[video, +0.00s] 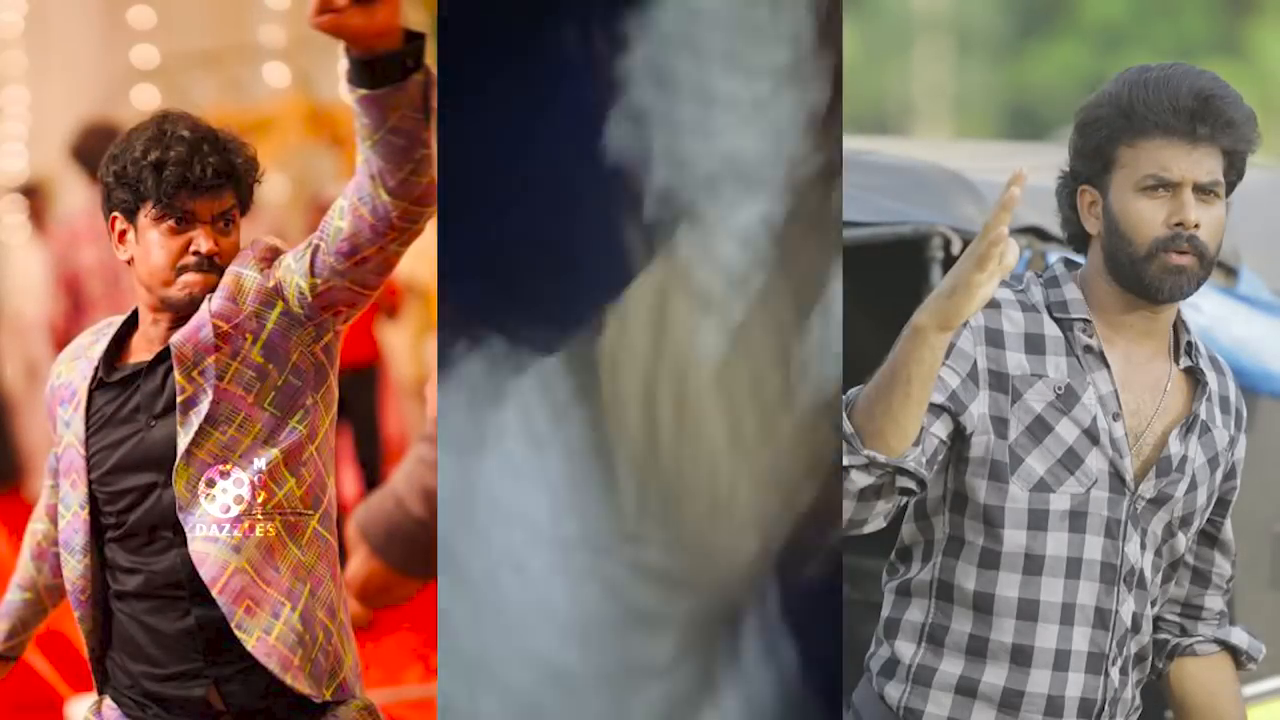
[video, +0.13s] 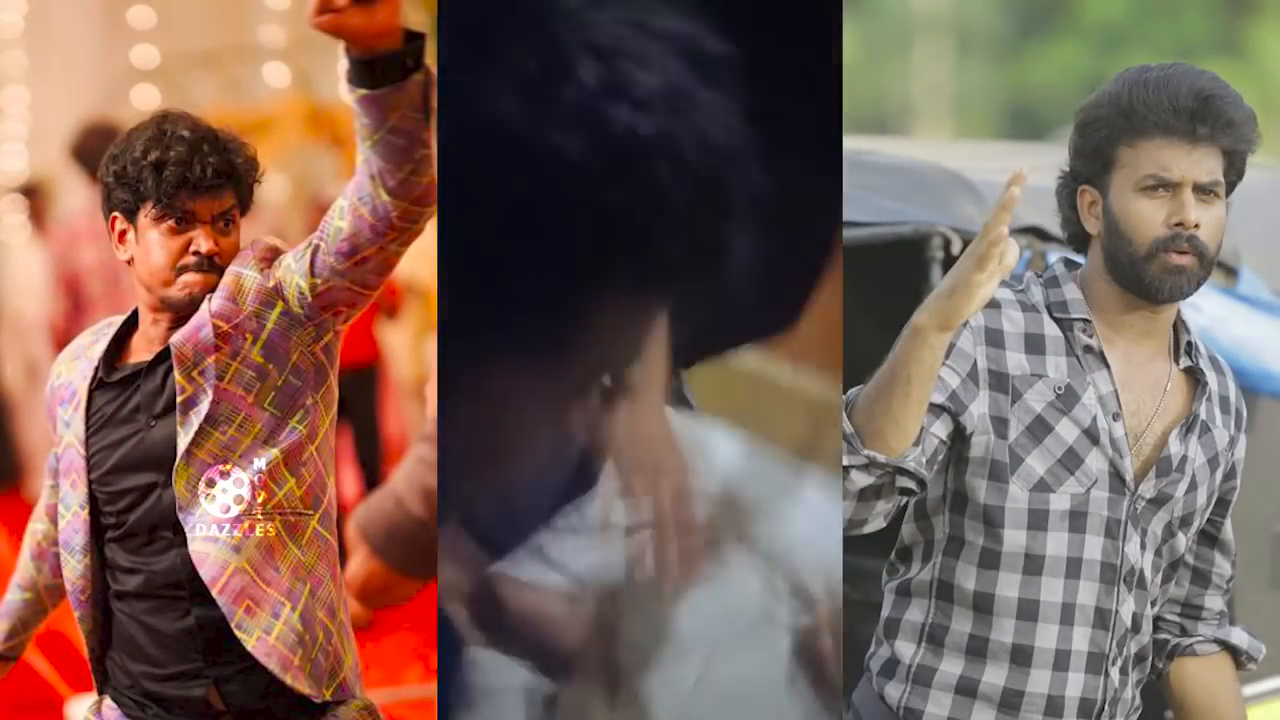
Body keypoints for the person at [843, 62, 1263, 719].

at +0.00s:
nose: (1187, 217)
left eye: (1207, 194)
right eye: (1157, 190)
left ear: (1227, 208)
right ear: (1092, 208)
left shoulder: (1219, 398)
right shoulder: (984, 329)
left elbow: (1193, 618)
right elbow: (851, 507)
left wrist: (1226, 711)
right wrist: (932, 327)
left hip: (1106, 709)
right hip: (937, 702)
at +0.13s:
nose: (1187, 217)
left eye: (1207, 194)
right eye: (1157, 190)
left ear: (1227, 208)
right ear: (1092, 208)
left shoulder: (1219, 398)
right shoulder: (984, 328)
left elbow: (1193, 617)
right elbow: (854, 506)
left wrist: (1226, 711)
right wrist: (931, 327)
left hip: (1106, 709)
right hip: (935, 702)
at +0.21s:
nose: (1188, 217)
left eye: (1207, 194)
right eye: (1157, 190)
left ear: (1227, 208)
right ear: (1092, 208)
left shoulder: (1219, 397)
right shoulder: (985, 329)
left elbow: (1193, 618)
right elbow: (851, 505)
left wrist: (1226, 711)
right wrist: (931, 326)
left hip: (1106, 709)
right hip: (935, 702)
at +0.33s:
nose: (1188, 217)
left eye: (1207, 194)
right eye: (1157, 190)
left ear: (1227, 208)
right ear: (1092, 208)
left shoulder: (1219, 397)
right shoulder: (984, 328)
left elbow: (1193, 619)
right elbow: (851, 508)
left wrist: (1226, 712)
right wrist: (931, 327)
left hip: (1105, 711)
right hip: (934, 703)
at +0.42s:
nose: (1187, 217)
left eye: (1207, 194)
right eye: (1157, 190)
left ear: (1227, 208)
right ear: (1092, 208)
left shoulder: (1219, 398)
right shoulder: (984, 328)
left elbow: (1193, 616)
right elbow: (856, 506)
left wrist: (1225, 711)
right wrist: (932, 326)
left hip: (1105, 709)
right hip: (935, 701)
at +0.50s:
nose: (1187, 217)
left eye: (1207, 194)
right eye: (1157, 190)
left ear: (1227, 208)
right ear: (1092, 208)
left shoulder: (1219, 398)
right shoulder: (984, 329)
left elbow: (1193, 615)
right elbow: (851, 508)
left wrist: (1225, 711)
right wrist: (931, 328)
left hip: (1105, 709)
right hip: (934, 702)